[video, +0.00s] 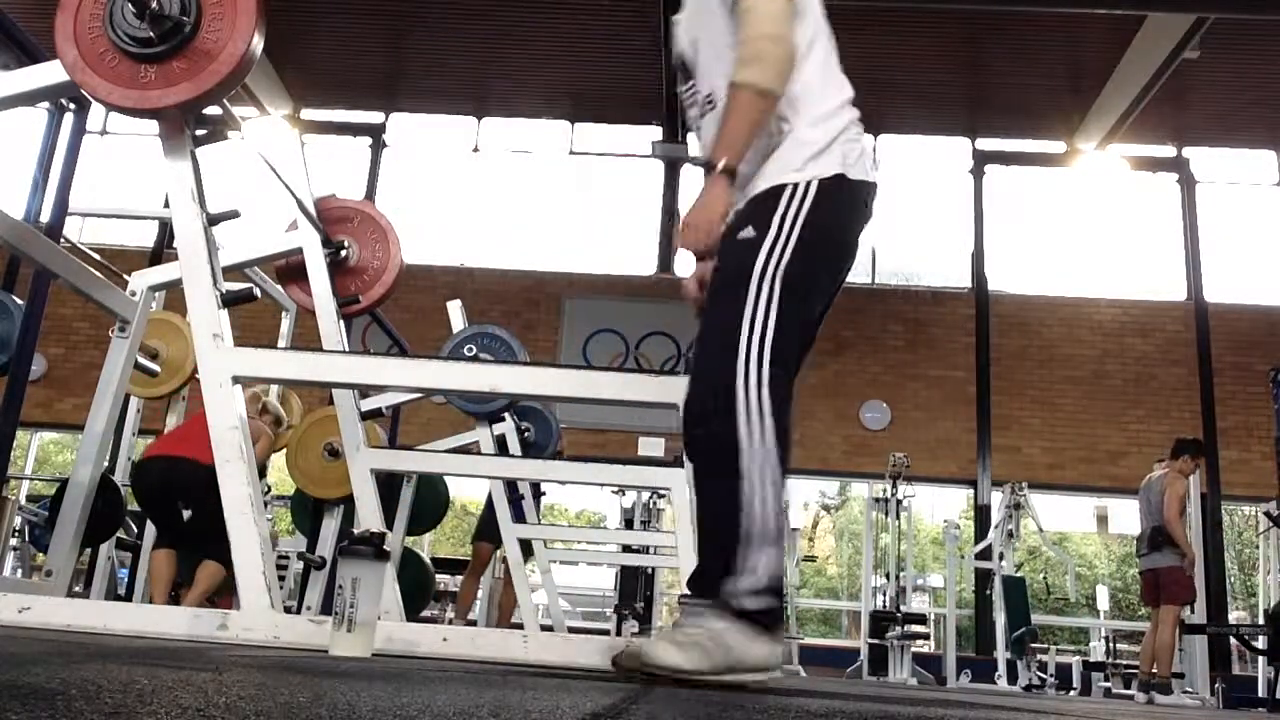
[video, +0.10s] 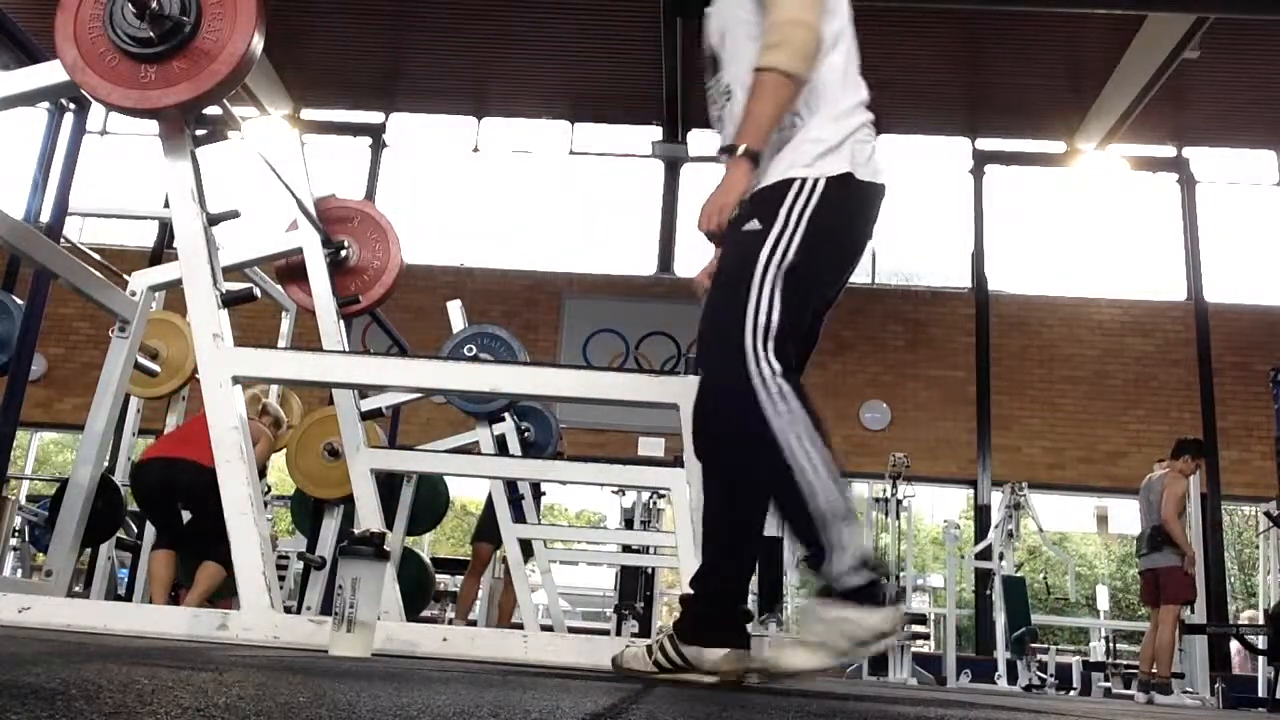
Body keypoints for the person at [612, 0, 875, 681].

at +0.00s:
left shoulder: (756, 3)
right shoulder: (698, 22)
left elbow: (770, 53)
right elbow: (745, 134)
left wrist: (717, 180)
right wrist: (722, 246)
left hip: (810, 168)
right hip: (768, 182)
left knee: (744, 380)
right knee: (714, 397)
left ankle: (752, 619)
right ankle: (718, 617)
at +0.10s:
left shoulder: (791, 4)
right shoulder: (730, 16)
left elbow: (796, 38)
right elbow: (766, 135)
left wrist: (740, 159)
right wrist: (735, 246)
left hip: (819, 170)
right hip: (780, 181)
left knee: (751, 364)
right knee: (725, 400)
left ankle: (857, 592)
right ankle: (712, 630)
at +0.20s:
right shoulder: (783, 14)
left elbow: (819, 29)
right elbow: (801, 122)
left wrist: (759, 156)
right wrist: (760, 241)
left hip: (831, 175)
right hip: (795, 185)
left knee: (780, 376)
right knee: (739, 417)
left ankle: (936, 591)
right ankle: (712, 635)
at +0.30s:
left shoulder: (843, 6)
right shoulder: (815, 14)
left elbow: (835, 22)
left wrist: (783, 153)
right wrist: (784, 221)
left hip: (851, 183)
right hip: (815, 192)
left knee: (831, 385)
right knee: (764, 416)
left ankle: (977, 628)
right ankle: (715, 633)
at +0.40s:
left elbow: (848, 25)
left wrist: (813, 151)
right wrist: (839, 171)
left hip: (886, 186)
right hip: (859, 192)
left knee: (885, 413)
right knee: (796, 423)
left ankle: (993, 649)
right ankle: (721, 631)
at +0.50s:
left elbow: (863, 32)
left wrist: (842, 167)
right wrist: (867, 182)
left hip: (921, 179)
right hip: (896, 188)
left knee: (912, 402)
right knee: (832, 415)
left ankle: (997, 649)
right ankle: (760, 624)